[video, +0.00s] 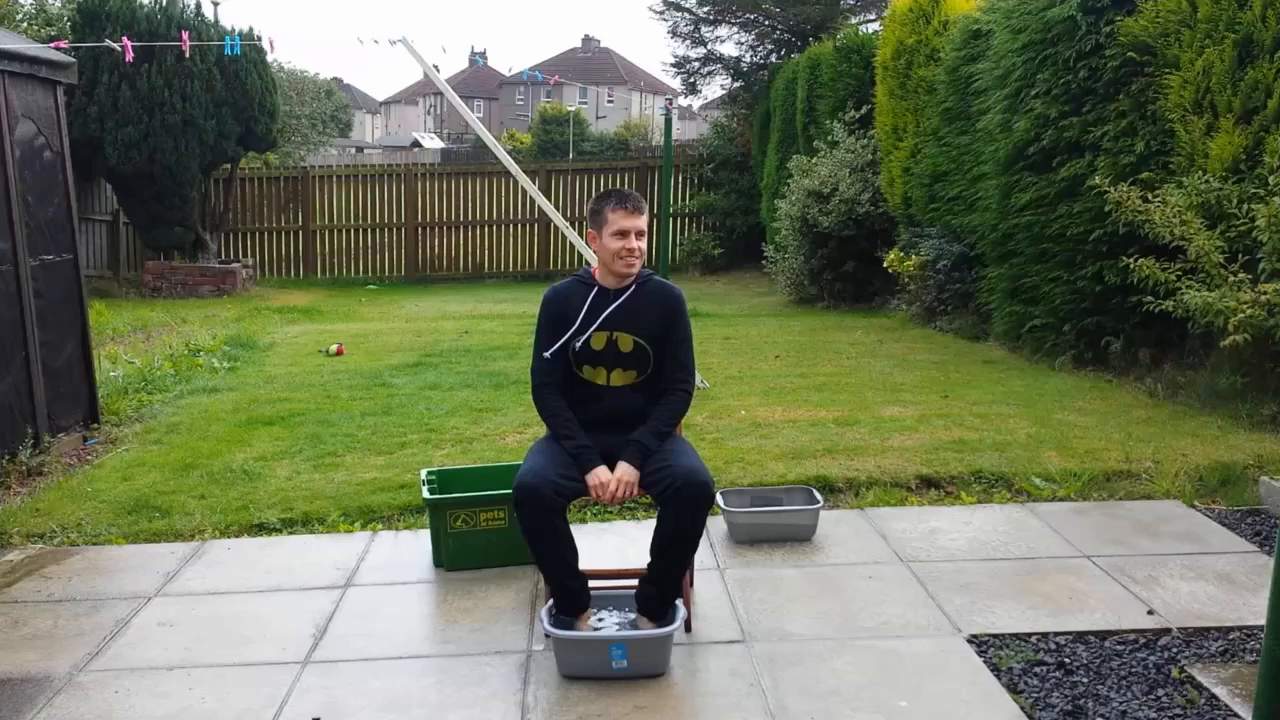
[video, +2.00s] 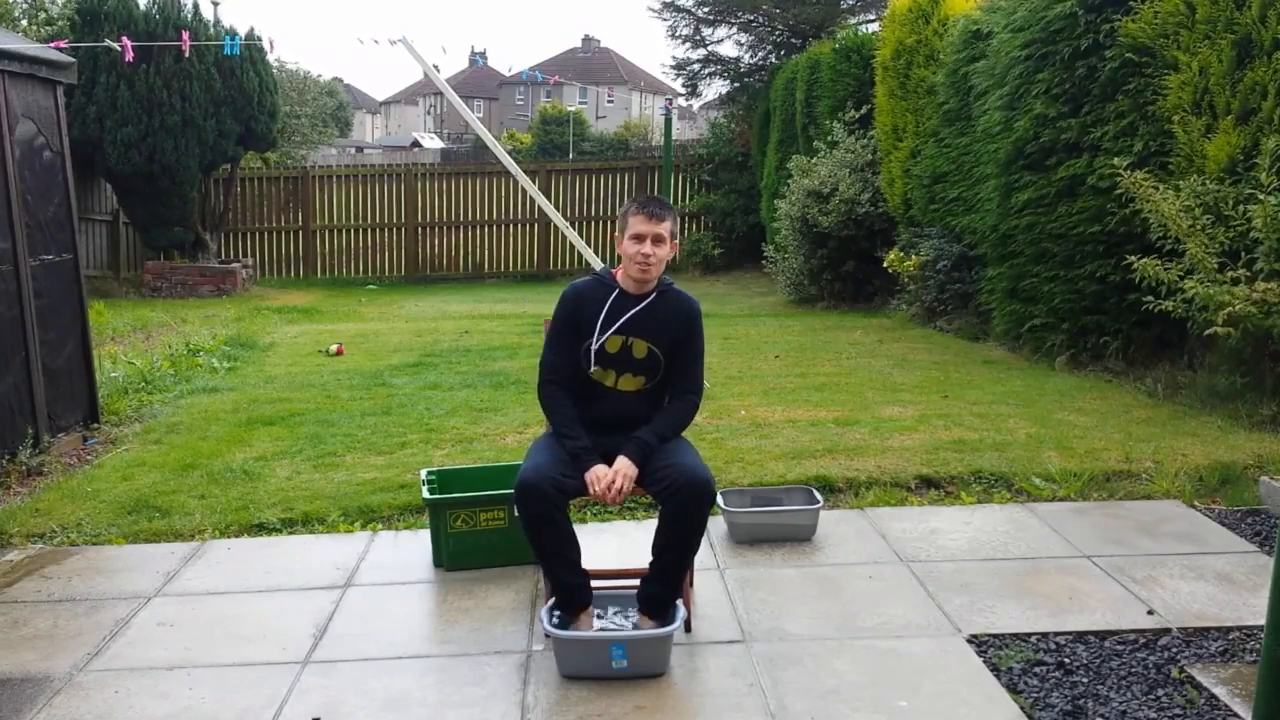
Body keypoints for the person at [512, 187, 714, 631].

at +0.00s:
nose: (633, 245)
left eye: (639, 235)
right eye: (620, 235)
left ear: (648, 238)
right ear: (594, 239)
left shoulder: (666, 300)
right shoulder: (561, 300)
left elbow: (679, 389)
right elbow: (545, 388)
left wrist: (634, 457)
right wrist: (589, 461)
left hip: (649, 434)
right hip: (575, 435)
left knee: (694, 486)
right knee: (531, 489)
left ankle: (655, 601)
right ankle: (572, 602)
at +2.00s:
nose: (646, 250)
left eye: (658, 241)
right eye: (637, 239)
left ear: (672, 249)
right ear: (619, 243)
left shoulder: (683, 312)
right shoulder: (579, 299)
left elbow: (686, 396)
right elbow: (552, 385)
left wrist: (635, 454)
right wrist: (588, 460)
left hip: (650, 436)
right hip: (577, 435)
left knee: (695, 485)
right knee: (533, 485)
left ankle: (655, 605)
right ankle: (575, 603)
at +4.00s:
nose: (618, 252)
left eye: (629, 242)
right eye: (608, 241)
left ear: (646, 249)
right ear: (590, 246)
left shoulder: (667, 307)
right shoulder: (562, 303)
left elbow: (681, 394)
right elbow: (545, 392)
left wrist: (633, 457)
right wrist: (587, 462)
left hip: (649, 436)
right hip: (574, 438)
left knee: (694, 485)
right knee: (528, 489)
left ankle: (657, 606)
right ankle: (573, 605)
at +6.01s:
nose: (617, 249)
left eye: (628, 239)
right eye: (606, 239)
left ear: (644, 248)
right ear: (589, 246)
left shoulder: (666, 306)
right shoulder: (562, 304)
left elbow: (680, 395)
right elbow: (544, 392)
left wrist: (632, 458)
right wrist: (587, 461)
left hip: (648, 435)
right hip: (574, 437)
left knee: (693, 485)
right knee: (528, 489)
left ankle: (657, 606)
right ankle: (573, 606)